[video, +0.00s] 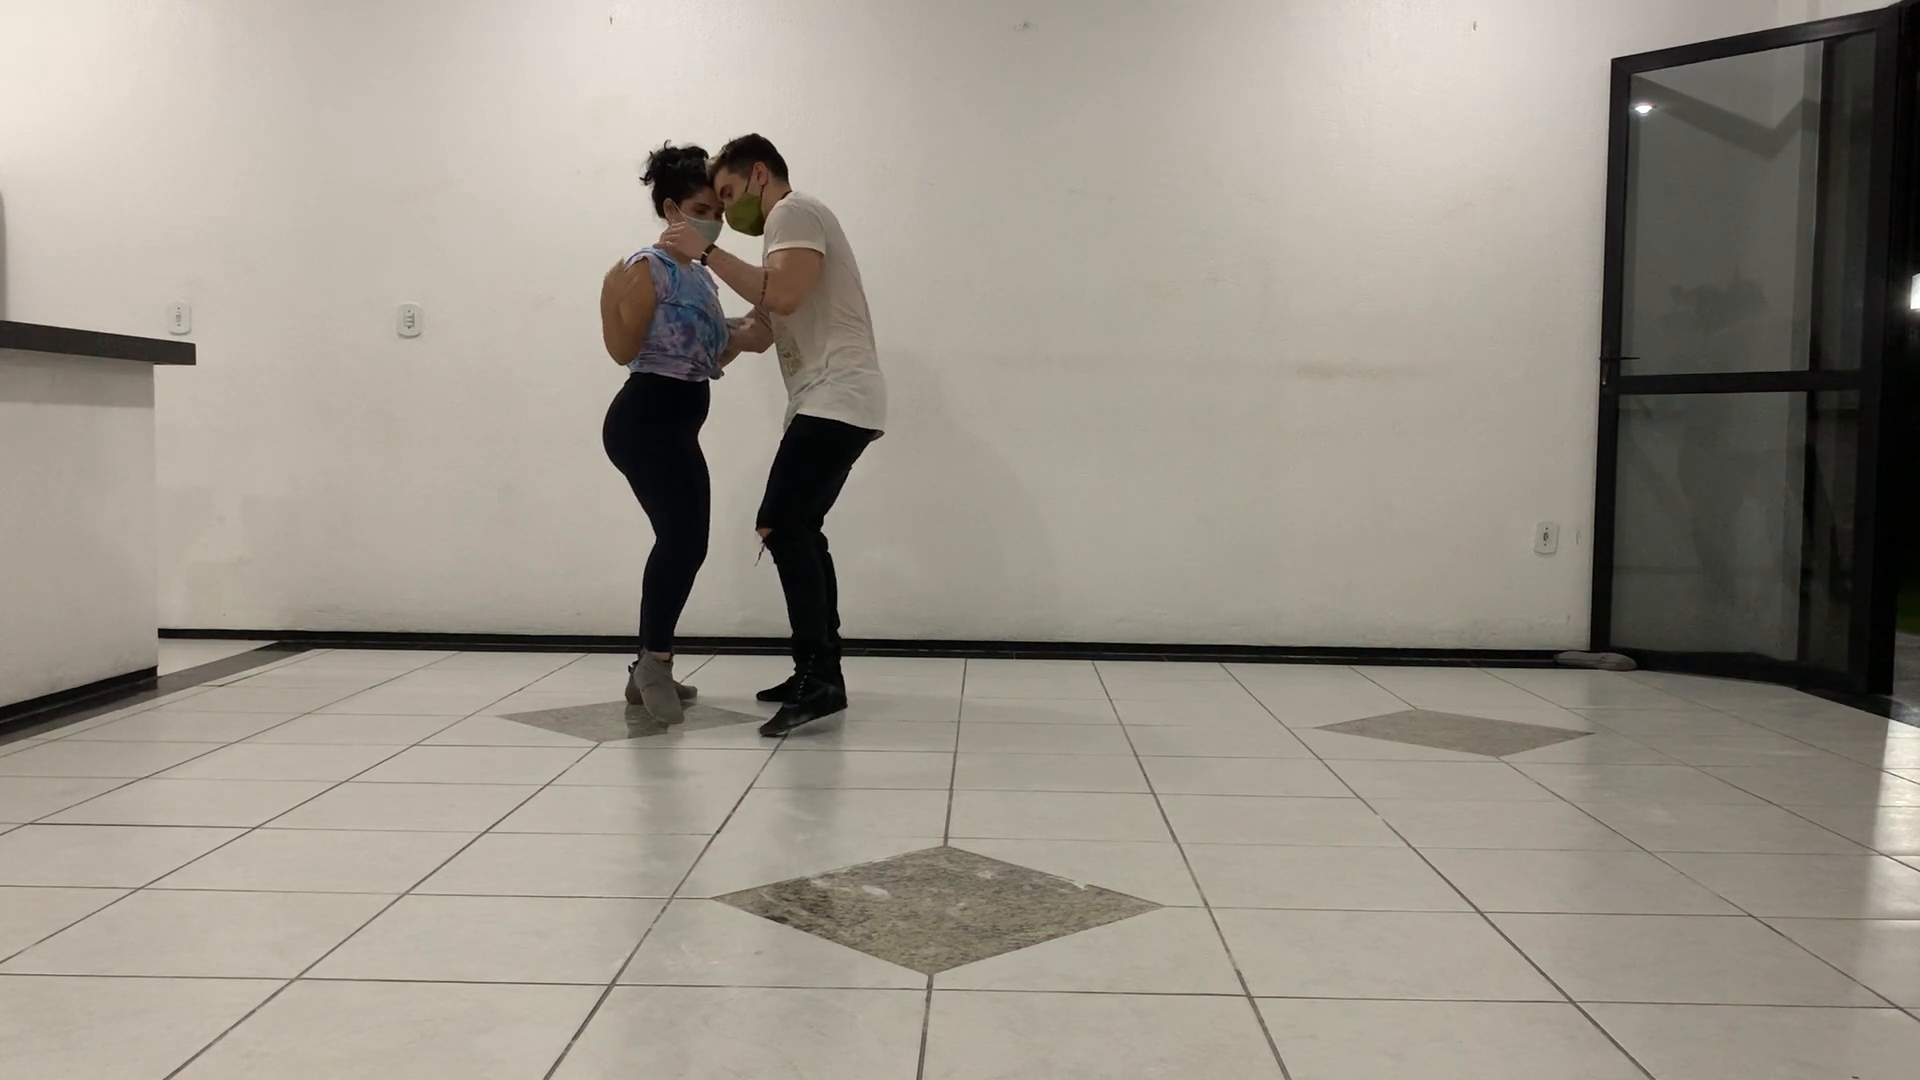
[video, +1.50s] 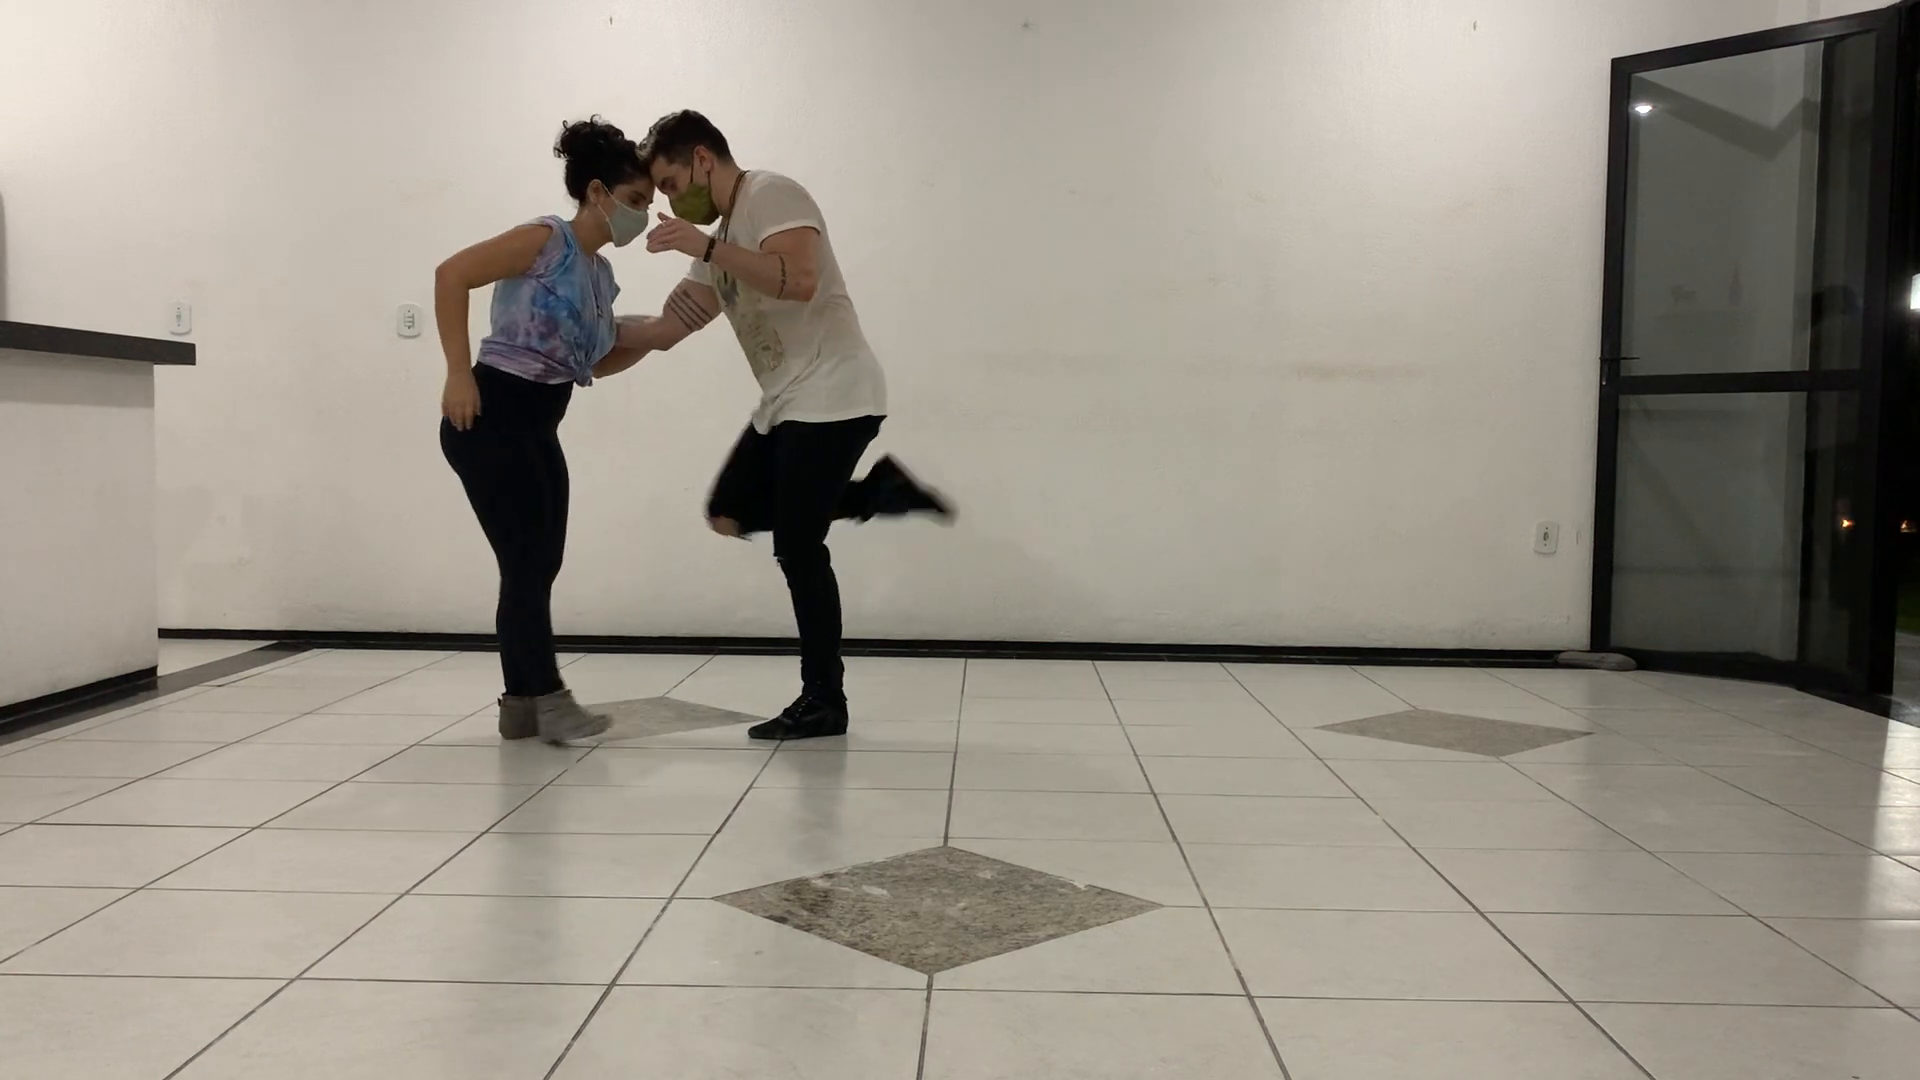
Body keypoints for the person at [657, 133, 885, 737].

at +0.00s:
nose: (726, 206)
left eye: (728, 191)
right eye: (720, 198)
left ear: (761, 174)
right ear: (763, 181)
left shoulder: (797, 212)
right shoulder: (789, 228)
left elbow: (784, 293)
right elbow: (760, 335)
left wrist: (706, 250)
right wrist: (689, 324)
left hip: (839, 397)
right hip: (828, 399)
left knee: (784, 523)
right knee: (794, 527)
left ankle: (821, 678)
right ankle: (816, 669)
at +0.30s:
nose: (722, 195)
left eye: (723, 179)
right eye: (716, 187)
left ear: (755, 160)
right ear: (762, 164)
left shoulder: (790, 199)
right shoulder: (799, 208)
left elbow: (765, 289)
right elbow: (769, 315)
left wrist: (686, 241)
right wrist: (726, 325)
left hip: (832, 396)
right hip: (842, 395)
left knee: (795, 537)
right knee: (819, 535)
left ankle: (823, 699)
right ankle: (817, 669)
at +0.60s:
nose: (718, 195)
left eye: (718, 179)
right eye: (713, 187)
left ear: (747, 155)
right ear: (754, 160)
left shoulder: (795, 192)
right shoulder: (793, 213)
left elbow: (780, 281)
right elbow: (734, 317)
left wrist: (696, 234)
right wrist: (657, 327)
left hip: (850, 394)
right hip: (854, 395)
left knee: (818, 537)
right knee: (838, 538)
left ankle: (825, 696)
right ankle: (820, 683)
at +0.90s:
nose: (701, 201)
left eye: (701, 185)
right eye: (694, 192)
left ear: (733, 163)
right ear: (735, 170)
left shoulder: (788, 195)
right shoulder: (766, 236)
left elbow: (789, 283)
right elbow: (698, 308)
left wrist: (698, 247)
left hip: (870, 394)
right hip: (871, 395)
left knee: (853, 546)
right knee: (875, 546)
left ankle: (830, 700)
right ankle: (860, 697)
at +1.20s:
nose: (683, 203)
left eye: (684, 185)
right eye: (676, 193)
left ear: (714, 160)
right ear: (714, 169)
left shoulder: (778, 193)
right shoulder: (745, 240)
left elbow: (801, 275)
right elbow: (675, 310)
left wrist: (705, 250)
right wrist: (590, 320)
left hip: (855, 396)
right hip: (853, 397)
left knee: (835, 546)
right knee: (873, 536)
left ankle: (825, 699)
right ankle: (963, 665)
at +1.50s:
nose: (670, 201)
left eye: (671, 185)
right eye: (664, 191)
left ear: (704, 160)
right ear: (702, 168)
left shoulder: (773, 195)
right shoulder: (726, 240)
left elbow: (800, 280)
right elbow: (665, 328)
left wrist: (704, 246)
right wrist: (578, 347)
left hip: (836, 395)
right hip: (788, 401)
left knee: (798, 540)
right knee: (729, 512)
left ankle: (824, 702)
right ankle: (873, 496)